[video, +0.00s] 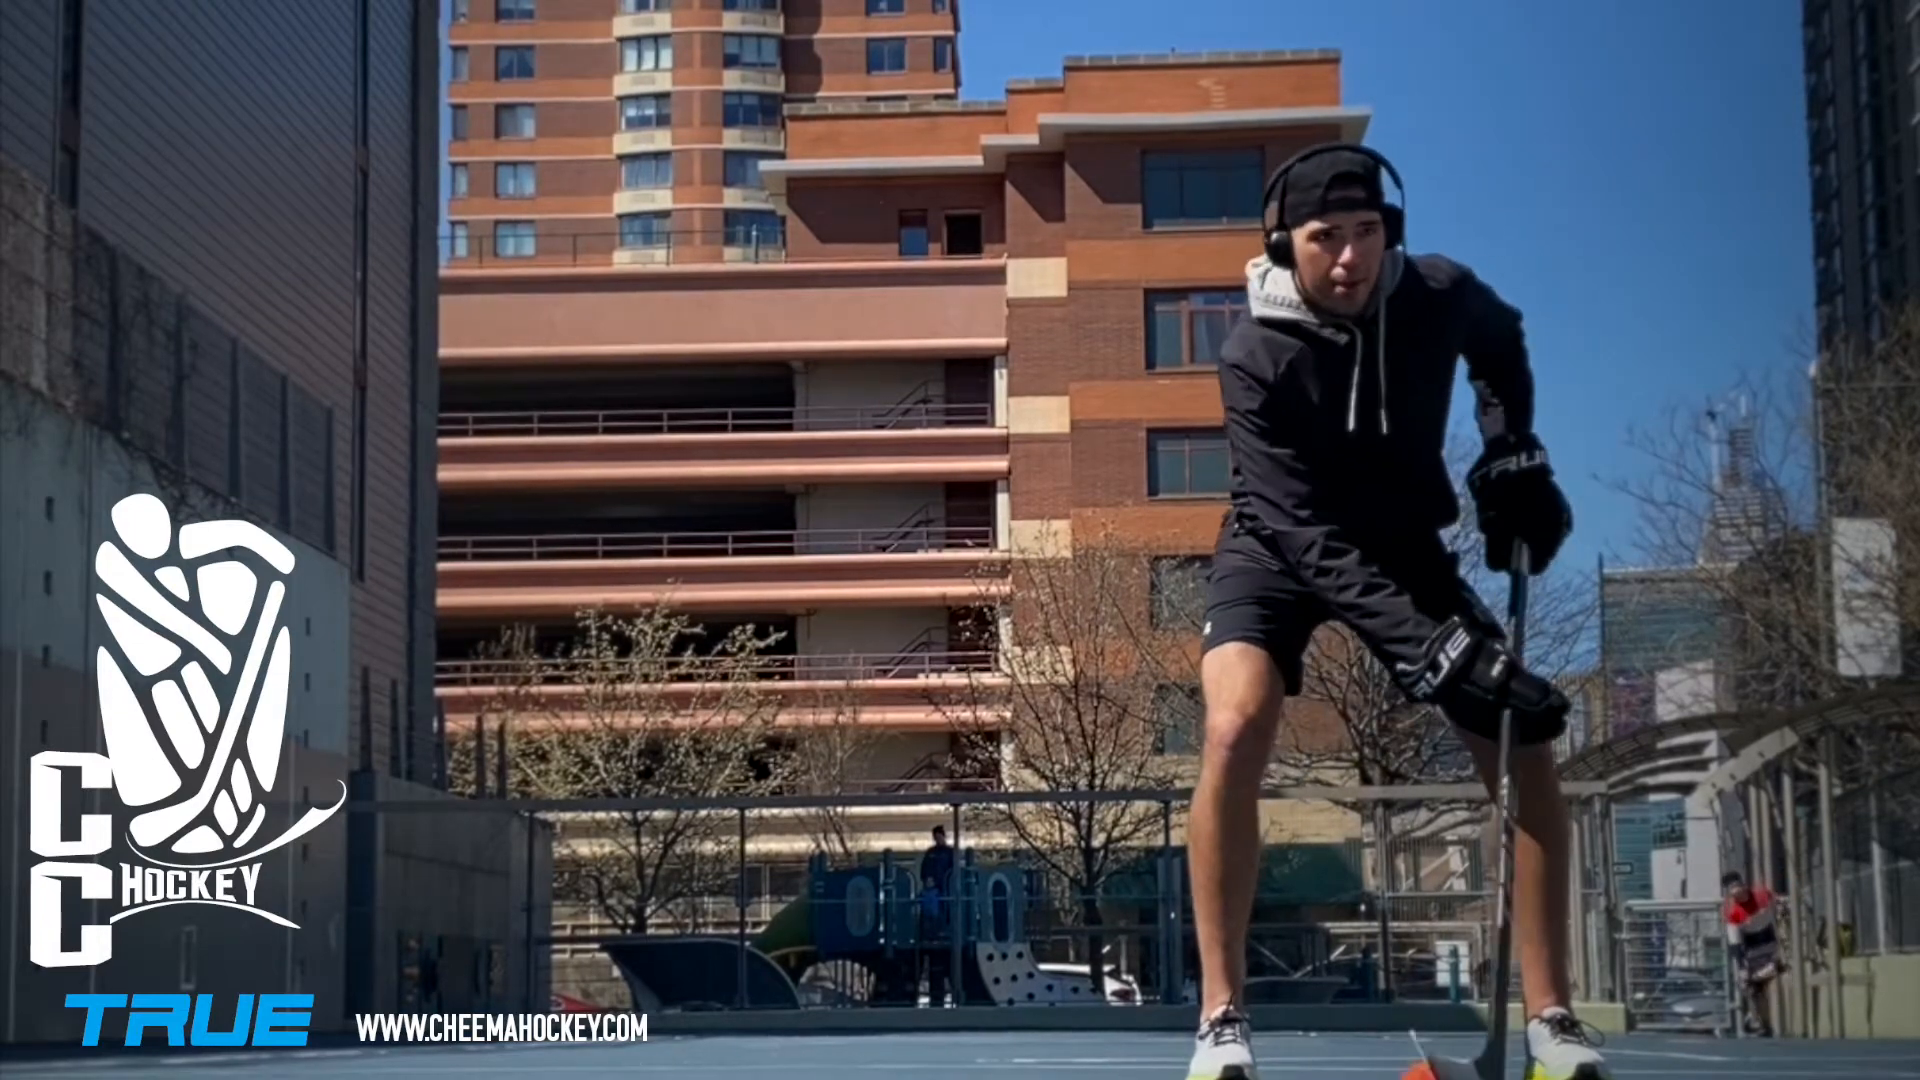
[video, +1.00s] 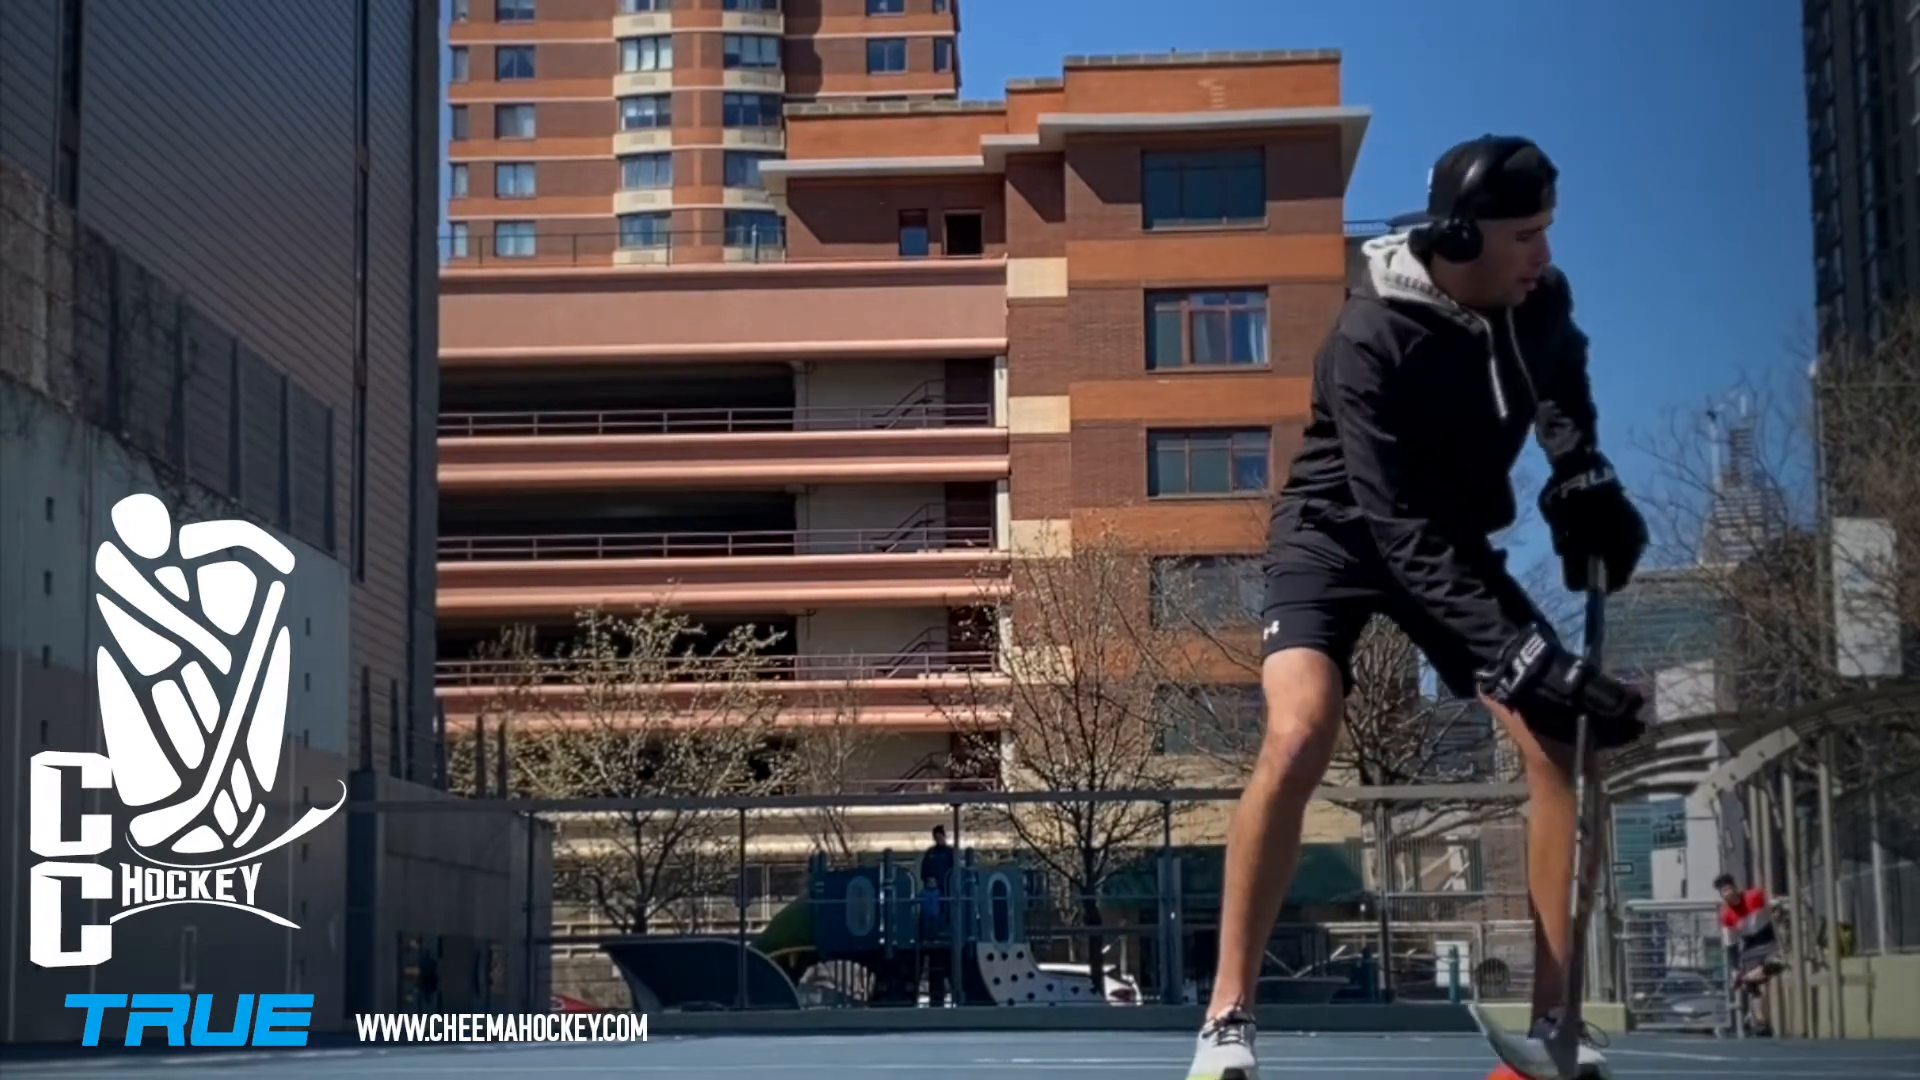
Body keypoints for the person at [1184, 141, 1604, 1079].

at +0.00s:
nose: (1349, 256)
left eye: (1366, 234)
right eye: (1326, 237)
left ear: (1390, 235)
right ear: (1286, 242)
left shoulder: (1437, 293)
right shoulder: (1259, 354)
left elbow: (1498, 340)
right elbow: (1303, 535)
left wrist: (1512, 455)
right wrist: (1436, 647)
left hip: (1405, 540)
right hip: (1278, 542)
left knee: (1522, 740)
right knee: (1235, 729)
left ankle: (1549, 1013)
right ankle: (1220, 1015)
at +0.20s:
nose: (1410, 250)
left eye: (1425, 229)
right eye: (1386, 231)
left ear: (1442, 233)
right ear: (1339, 236)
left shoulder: (1475, 309)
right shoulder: (1286, 344)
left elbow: (1546, 379)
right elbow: (1277, 525)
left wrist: (1570, 493)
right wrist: (1368, 654)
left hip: (1411, 550)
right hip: (1285, 546)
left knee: (1523, 735)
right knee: (1246, 730)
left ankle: (1553, 1020)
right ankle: (1221, 1020)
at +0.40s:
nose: (1453, 248)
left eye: (1462, 226)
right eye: (1430, 229)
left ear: (1473, 227)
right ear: (1376, 235)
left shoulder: (1491, 298)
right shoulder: (1314, 345)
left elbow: (1540, 348)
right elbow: (1349, 540)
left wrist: (1550, 467)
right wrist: (1499, 661)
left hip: (1431, 545)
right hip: (1305, 541)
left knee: (1539, 750)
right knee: (1260, 732)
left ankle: (1554, 1020)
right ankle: (1223, 1014)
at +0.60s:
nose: (1510, 241)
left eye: (1517, 222)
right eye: (1490, 225)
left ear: (1520, 223)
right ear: (1432, 232)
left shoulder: (1532, 306)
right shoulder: (1352, 337)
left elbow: (1583, 391)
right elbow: (1345, 523)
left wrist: (1610, 492)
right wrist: (1440, 648)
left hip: (1449, 543)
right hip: (1326, 537)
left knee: (1560, 728)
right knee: (1286, 735)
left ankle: (1558, 1019)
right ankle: (1228, 1012)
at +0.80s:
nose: (1550, 251)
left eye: (1552, 231)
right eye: (1532, 235)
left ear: (1537, 230)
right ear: (1470, 236)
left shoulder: (1551, 306)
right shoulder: (1373, 336)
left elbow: (1595, 389)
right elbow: (1375, 524)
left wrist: (1621, 485)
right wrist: (1506, 642)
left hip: (1463, 538)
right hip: (1340, 529)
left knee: (1569, 730)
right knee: (1294, 736)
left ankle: (1558, 1021)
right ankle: (1228, 1014)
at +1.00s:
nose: (1543, 255)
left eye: (1546, 234)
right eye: (1525, 238)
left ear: (1534, 230)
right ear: (1462, 240)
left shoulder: (1537, 301)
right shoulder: (1372, 338)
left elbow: (1561, 391)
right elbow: (1404, 538)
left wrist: (1582, 478)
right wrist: (1544, 667)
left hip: (1455, 537)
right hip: (1335, 532)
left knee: (1557, 739)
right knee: (1298, 736)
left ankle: (1556, 1020)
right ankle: (1228, 1013)